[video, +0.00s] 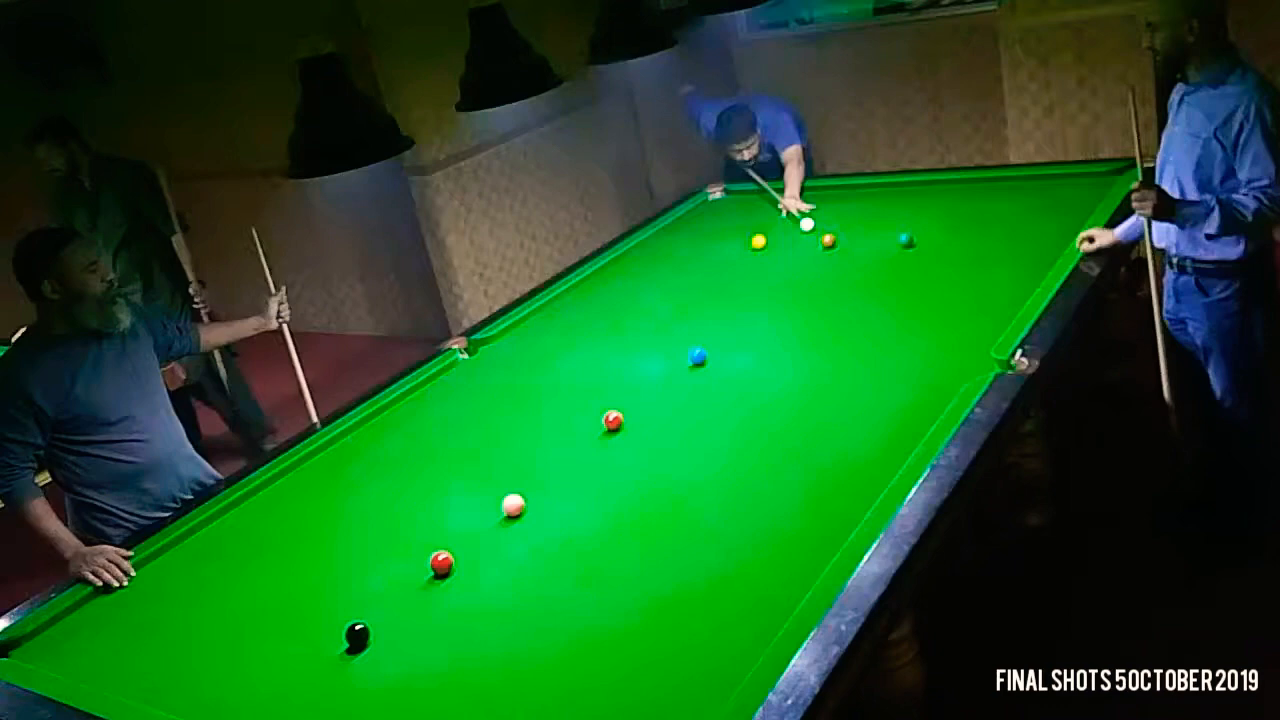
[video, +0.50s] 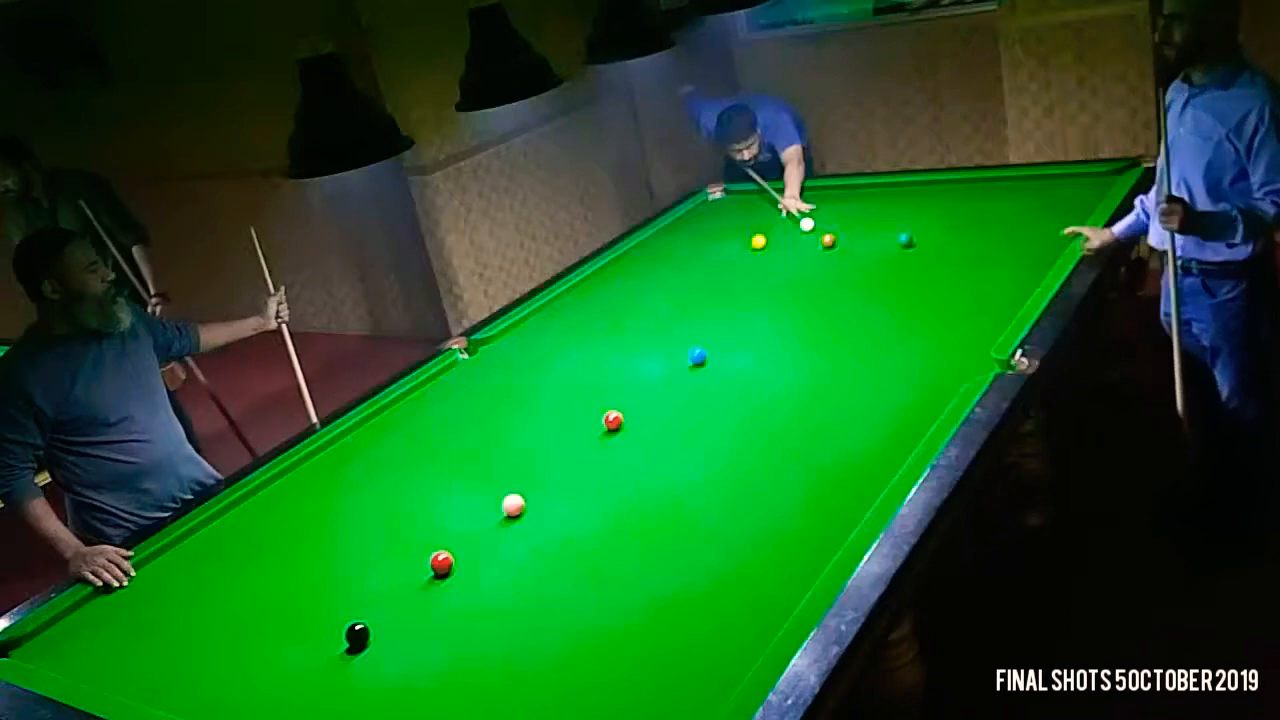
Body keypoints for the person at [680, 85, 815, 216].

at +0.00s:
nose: (746, 156)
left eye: (750, 148)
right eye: (737, 152)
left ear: (758, 134)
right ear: (721, 144)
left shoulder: (777, 121)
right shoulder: (710, 121)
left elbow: (794, 161)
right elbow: (691, 101)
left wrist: (791, 195)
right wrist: (687, 93)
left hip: (777, 157)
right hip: (736, 163)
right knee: (739, 211)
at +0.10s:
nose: (746, 156)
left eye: (750, 148)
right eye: (737, 152)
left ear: (758, 134)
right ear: (721, 144)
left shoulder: (777, 121)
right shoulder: (710, 121)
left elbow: (794, 161)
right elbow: (691, 100)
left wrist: (791, 195)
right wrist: (687, 93)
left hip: (777, 157)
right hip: (736, 163)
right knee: (739, 211)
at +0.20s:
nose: (746, 156)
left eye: (750, 148)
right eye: (737, 152)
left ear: (758, 134)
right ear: (721, 144)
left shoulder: (777, 121)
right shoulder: (710, 121)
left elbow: (794, 161)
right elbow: (691, 101)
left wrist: (791, 195)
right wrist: (687, 93)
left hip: (777, 157)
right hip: (736, 163)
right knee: (739, 211)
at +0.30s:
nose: (746, 156)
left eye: (750, 148)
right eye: (737, 152)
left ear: (758, 134)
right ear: (721, 144)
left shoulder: (777, 121)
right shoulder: (710, 121)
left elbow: (794, 161)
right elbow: (691, 101)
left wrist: (791, 195)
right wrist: (687, 93)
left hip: (777, 157)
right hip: (736, 163)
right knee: (739, 211)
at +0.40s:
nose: (746, 156)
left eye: (750, 148)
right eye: (737, 152)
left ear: (758, 134)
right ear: (721, 144)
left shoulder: (777, 121)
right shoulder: (710, 121)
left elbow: (794, 161)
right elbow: (691, 100)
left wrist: (791, 195)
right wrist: (687, 93)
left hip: (777, 157)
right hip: (736, 163)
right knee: (739, 211)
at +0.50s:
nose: (746, 156)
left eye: (750, 148)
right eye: (737, 152)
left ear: (758, 134)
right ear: (721, 143)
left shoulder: (777, 121)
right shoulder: (710, 121)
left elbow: (794, 161)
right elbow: (691, 100)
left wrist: (791, 195)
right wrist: (687, 93)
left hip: (777, 157)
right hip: (736, 163)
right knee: (739, 211)